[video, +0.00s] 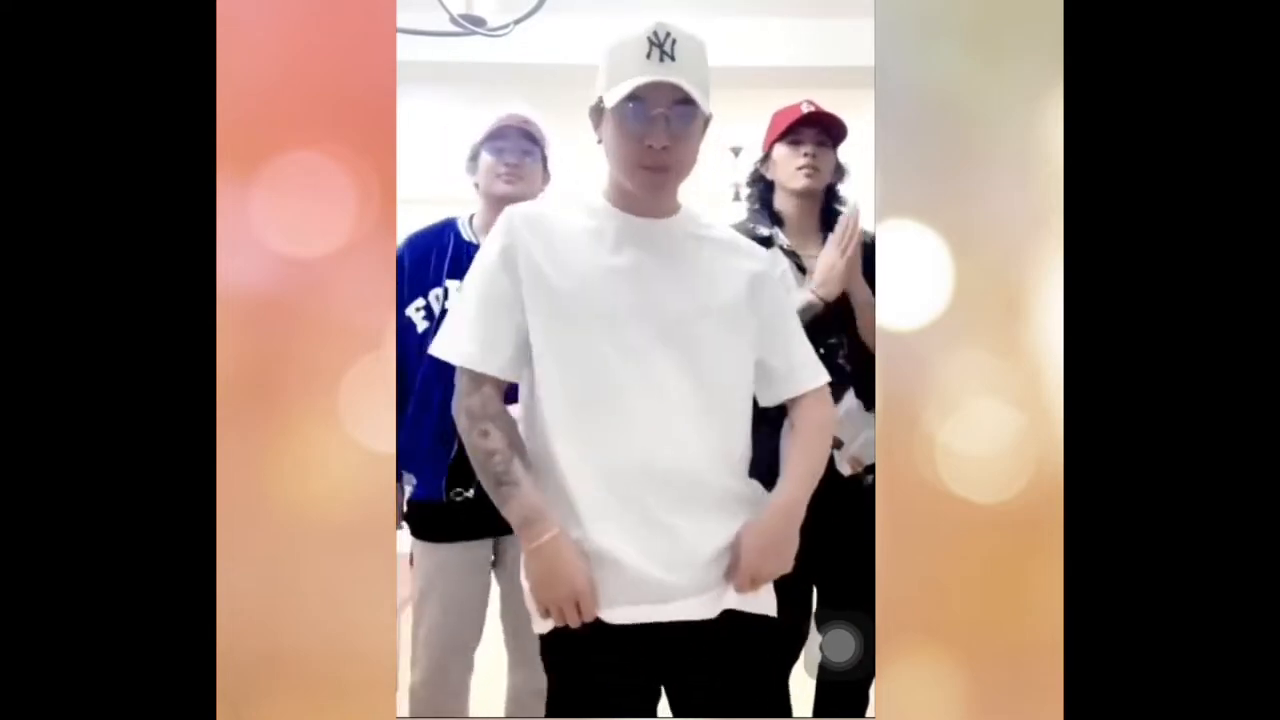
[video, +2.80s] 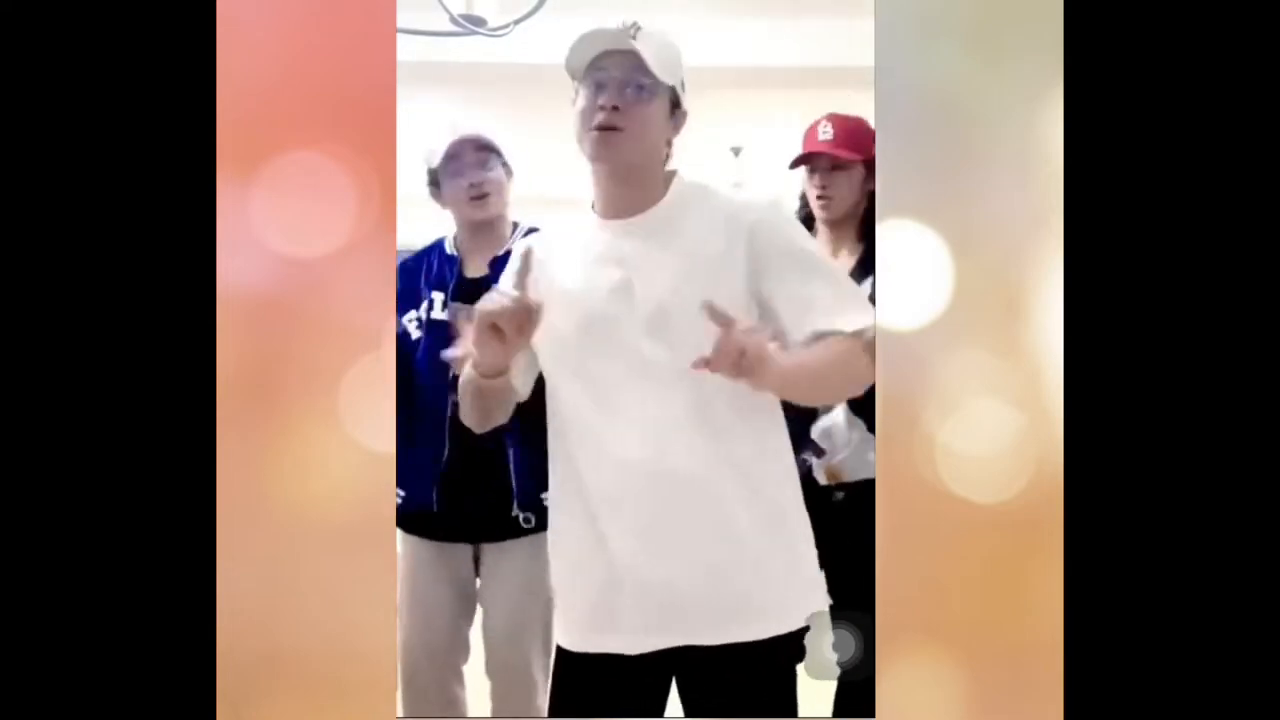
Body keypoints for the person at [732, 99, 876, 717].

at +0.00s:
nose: (811, 154)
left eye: (824, 146)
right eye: (795, 143)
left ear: (837, 165)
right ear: (767, 161)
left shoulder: (866, 245)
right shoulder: (737, 247)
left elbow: (891, 351)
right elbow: (732, 347)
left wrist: (852, 281)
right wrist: (816, 296)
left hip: (859, 464)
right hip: (774, 460)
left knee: (850, 643)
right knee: (775, 632)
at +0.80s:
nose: (795, 160)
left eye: (808, 150)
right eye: (781, 150)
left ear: (825, 167)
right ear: (754, 164)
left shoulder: (858, 254)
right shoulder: (727, 245)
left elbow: (889, 351)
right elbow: (705, 345)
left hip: (839, 466)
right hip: (748, 464)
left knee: (842, 645)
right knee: (748, 639)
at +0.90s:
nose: (798, 162)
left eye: (811, 151)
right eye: (783, 151)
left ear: (827, 166)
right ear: (757, 167)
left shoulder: (862, 256)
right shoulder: (731, 252)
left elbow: (885, 364)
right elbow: (715, 364)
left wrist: (849, 449)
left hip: (848, 469)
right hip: (751, 467)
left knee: (846, 642)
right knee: (751, 630)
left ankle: (835, 719)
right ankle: (763, 716)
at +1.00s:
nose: (800, 156)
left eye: (813, 146)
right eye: (785, 145)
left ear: (829, 161)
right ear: (759, 162)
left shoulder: (866, 248)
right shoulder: (733, 249)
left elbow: (894, 351)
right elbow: (711, 351)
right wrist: (770, 277)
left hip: (850, 460)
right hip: (755, 459)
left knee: (843, 643)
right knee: (758, 633)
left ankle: (834, 716)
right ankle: (770, 712)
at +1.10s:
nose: (806, 149)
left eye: (818, 137)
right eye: (789, 138)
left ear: (832, 150)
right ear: (763, 154)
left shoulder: (859, 235)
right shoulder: (741, 237)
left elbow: (899, 322)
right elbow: (726, 336)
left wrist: (874, 242)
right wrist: (760, 236)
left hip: (850, 452)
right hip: (761, 449)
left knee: (841, 625)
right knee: (762, 619)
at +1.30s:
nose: (814, 151)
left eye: (826, 140)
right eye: (798, 139)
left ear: (839, 156)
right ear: (768, 152)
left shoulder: (869, 244)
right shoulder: (742, 246)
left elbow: (894, 340)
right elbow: (722, 351)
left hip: (846, 473)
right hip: (754, 466)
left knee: (840, 633)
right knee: (748, 622)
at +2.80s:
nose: (820, 182)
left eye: (837, 169)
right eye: (811, 169)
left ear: (868, 180)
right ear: (801, 178)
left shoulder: (895, 261)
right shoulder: (781, 258)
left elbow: (905, 361)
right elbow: (764, 359)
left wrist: (869, 439)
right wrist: (799, 443)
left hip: (867, 477)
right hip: (786, 473)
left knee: (859, 641)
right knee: (774, 635)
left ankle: (854, 712)